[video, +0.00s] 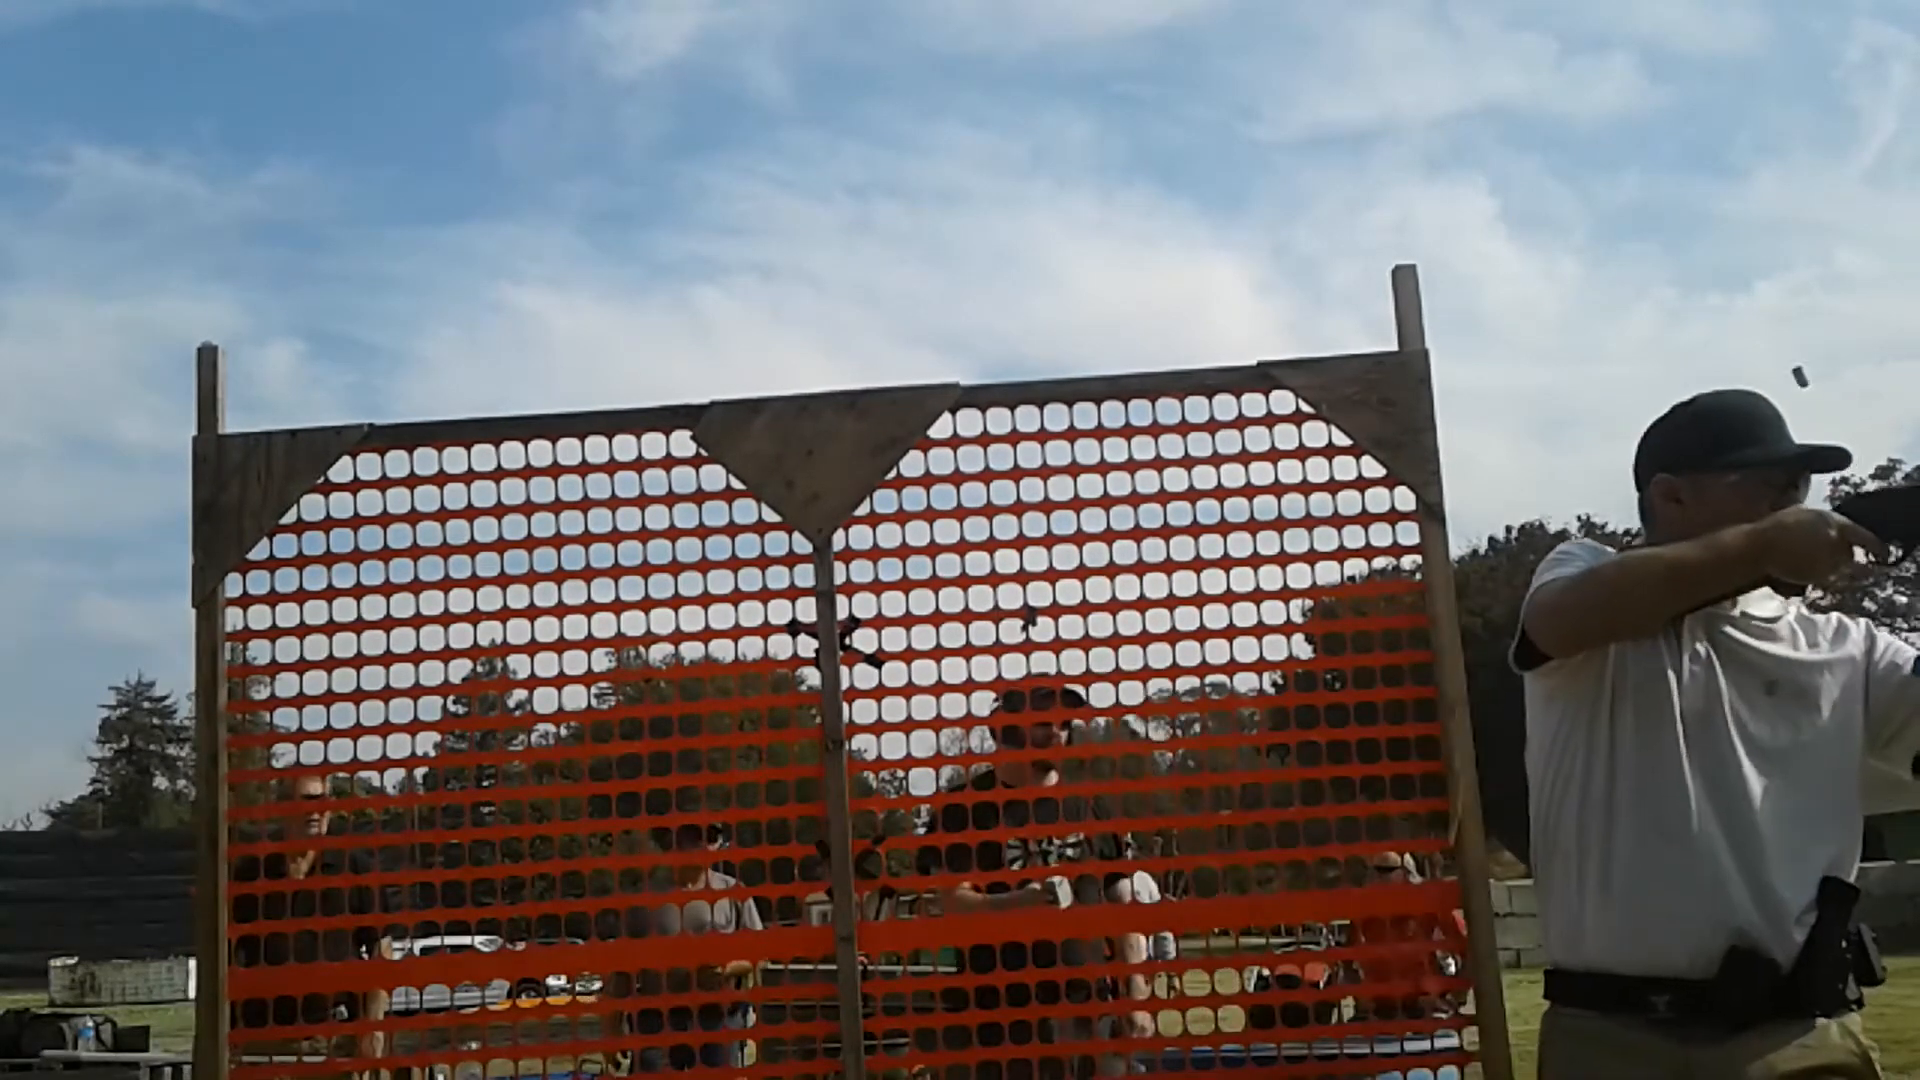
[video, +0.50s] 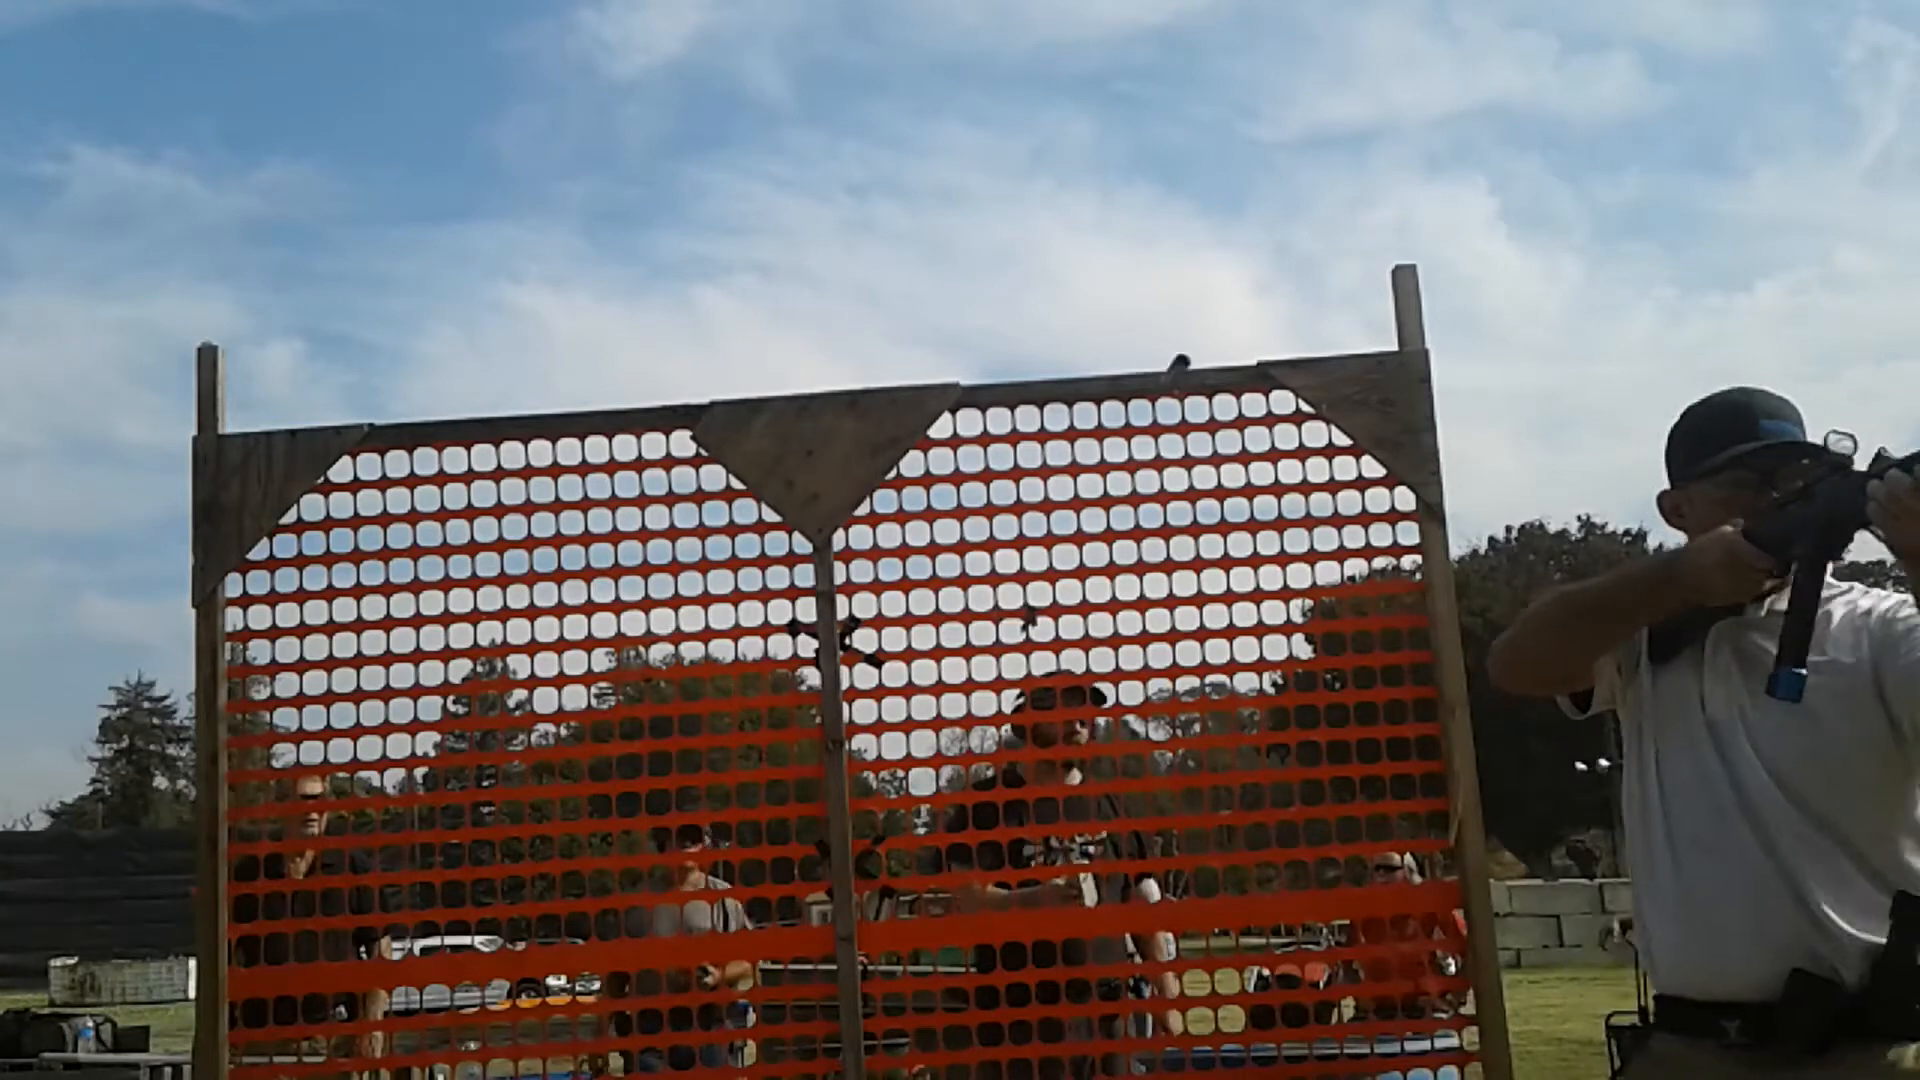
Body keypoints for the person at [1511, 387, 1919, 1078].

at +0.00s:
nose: (1796, 513)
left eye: (1798, 491)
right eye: (1769, 487)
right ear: (1670, 497)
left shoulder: (1841, 644)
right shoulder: (1586, 572)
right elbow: (1558, 621)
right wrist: (1762, 548)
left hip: (1800, 1034)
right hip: (1610, 1038)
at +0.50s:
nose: (1773, 504)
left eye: (1791, 478)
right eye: (1745, 479)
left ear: (1816, 487)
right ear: (1678, 508)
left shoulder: (1879, 625)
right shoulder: (1643, 644)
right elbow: (1513, 665)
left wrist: (1915, 558)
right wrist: (1682, 577)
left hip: (1862, 1043)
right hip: (1684, 1044)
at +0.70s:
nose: (1805, 474)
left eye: (1824, 445)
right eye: (1775, 455)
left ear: (1860, 450)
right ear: (1723, 488)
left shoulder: (1905, 581)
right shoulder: (1722, 604)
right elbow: (1572, 658)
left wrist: (1913, 532)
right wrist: (1722, 558)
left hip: (1906, 1029)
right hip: (1773, 1034)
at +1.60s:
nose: (1760, 448)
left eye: (1785, 417)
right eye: (1727, 430)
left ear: (1850, 423)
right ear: (1699, 464)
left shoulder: (1907, 542)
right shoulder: (1711, 592)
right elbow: (1562, 705)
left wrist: (1891, 555)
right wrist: (1682, 580)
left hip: (1905, 1035)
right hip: (1766, 1039)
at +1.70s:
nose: (1701, 449)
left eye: (1722, 422)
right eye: (1667, 430)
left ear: (1769, 444)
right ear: (1618, 473)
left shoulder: (1862, 580)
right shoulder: (1622, 617)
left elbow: (1912, 780)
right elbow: (1478, 729)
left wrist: (1771, 644)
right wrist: (1580, 624)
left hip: (1885, 1035)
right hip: (1716, 1043)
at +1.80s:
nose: (1624, 466)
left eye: (1642, 439)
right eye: (1587, 446)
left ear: (1676, 463)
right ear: (1526, 486)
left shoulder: (1769, 596)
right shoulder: (1519, 630)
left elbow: (1861, 802)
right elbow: (1378, 742)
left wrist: (1700, 676)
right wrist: (1483, 641)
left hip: (1817, 1038)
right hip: (1636, 1047)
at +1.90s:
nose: (1532, 487)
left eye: (1549, 462)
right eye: (1494, 466)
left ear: (1570, 482)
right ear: (1425, 502)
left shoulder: (1677, 613)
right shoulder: (1413, 635)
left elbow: (1802, 811)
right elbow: (1273, 743)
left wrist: (1673, 672)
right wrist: (1402, 643)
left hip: (1727, 1036)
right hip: (1539, 1052)